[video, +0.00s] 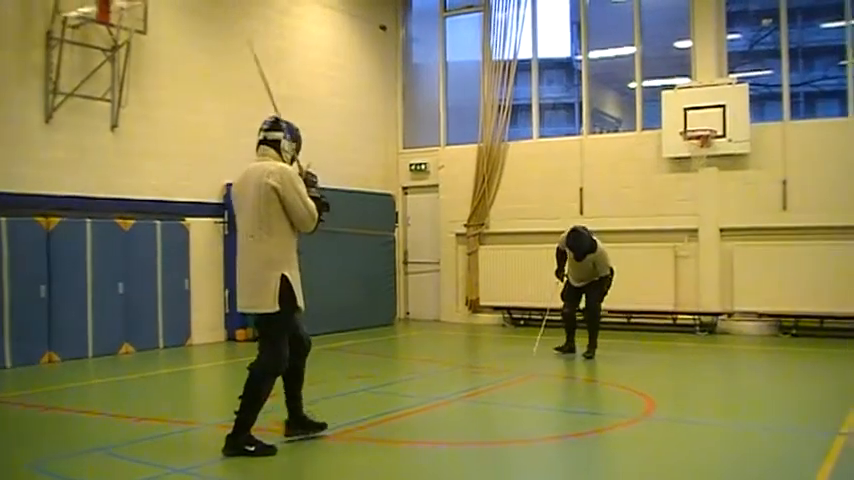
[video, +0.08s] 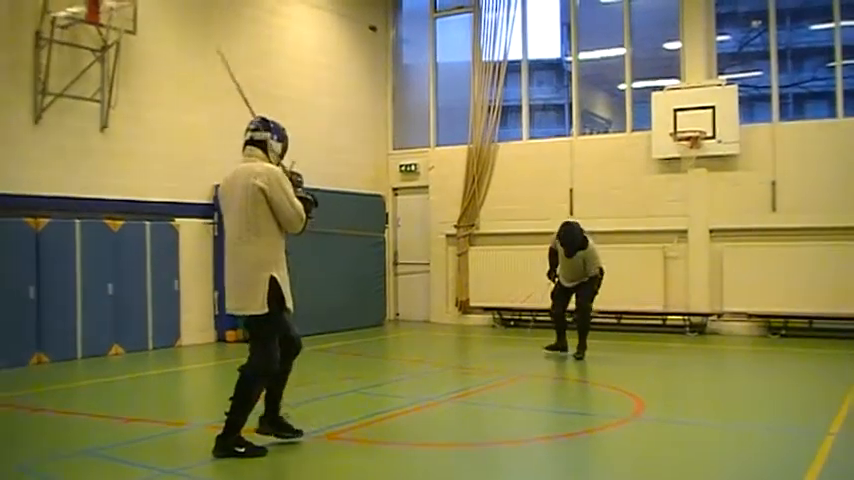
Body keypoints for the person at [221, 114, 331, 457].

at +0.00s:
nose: (296, 153)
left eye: (297, 147)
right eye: (295, 147)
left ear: (262, 143)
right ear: (286, 145)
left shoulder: (242, 178)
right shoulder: (282, 173)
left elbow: (258, 221)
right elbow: (307, 221)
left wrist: (301, 189)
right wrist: (310, 189)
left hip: (251, 280)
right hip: (276, 281)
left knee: (298, 345)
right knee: (273, 355)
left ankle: (296, 418)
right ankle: (239, 436)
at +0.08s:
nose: (283, 153)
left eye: (283, 147)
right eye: (282, 147)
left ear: (248, 142)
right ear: (273, 144)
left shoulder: (228, 180)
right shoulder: (270, 174)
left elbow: (245, 221)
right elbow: (295, 222)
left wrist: (285, 188)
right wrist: (297, 193)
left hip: (240, 282)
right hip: (265, 282)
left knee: (290, 345)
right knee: (264, 357)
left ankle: (271, 417)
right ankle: (229, 437)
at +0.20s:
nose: (266, 154)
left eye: (266, 148)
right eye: (265, 148)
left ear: (231, 144)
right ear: (255, 146)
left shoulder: (210, 182)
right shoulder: (252, 176)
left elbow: (228, 222)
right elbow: (277, 224)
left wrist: (266, 191)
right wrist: (279, 196)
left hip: (224, 284)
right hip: (249, 284)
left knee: (276, 344)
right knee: (252, 358)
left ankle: (252, 414)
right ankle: (214, 438)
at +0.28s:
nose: (258, 158)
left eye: (259, 152)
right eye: (258, 151)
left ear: (224, 147)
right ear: (248, 150)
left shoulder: (203, 185)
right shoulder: (246, 179)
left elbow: (220, 225)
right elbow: (270, 227)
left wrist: (259, 196)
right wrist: (274, 202)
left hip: (217, 285)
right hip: (244, 285)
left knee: (270, 343)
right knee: (246, 360)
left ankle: (258, 417)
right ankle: (207, 438)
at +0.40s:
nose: (261, 165)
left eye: (261, 159)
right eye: (261, 158)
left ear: (228, 154)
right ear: (252, 156)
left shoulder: (206, 187)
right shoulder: (246, 183)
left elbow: (218, 231)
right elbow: (269, 232)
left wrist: (261, 206)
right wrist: (279, 213)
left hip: (220, 287)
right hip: (244, 287)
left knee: (271, 343)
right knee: (252, 361)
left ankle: (280, 412)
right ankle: (206, 438)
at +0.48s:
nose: (272, 170)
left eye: (272, 164)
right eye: (271, 163)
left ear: (240, 159)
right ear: (262, 161)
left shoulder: (217, 191)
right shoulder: (255, 186)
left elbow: (236, 235)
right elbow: (277, 235)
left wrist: (274, 215)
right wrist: (287, 218)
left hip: (230, 290)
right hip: (253, 291)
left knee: (279, 343)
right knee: (261, 363)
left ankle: (296, 406)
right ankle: (213, 438)